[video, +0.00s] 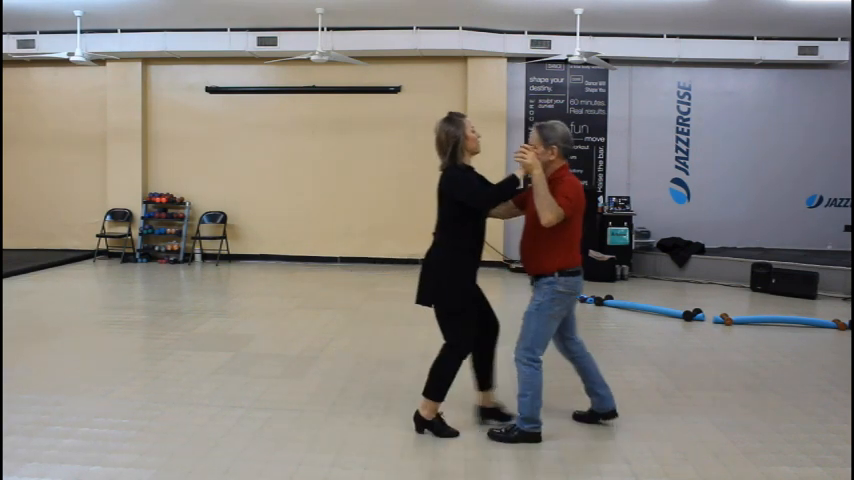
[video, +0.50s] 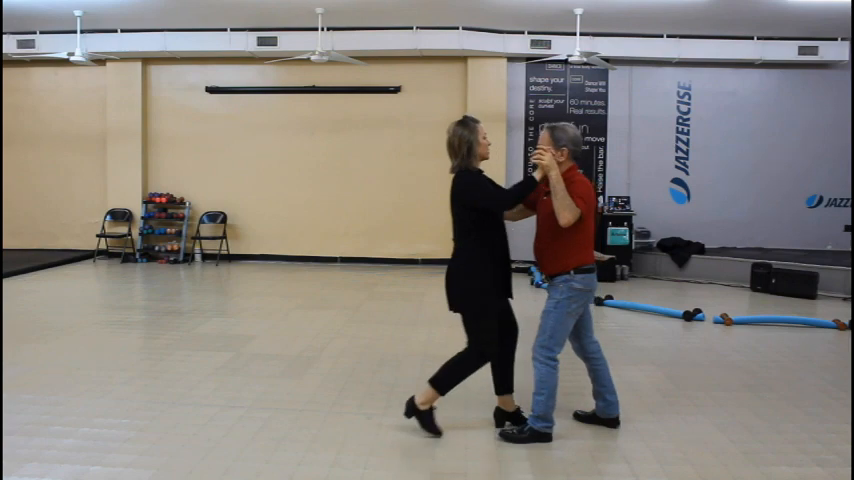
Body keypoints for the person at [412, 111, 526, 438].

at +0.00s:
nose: (478, 136)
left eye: (475, 131)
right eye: (472, 132)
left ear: (458, 139)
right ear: (459, 139)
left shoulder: (465, 174)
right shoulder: (457, 176)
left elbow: (496, 201)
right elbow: (488, 198)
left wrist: (531, 183)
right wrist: (519, 174)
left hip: (458, 276)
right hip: (447, 277)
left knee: (487, 327)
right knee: (460, 340)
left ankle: (487, 402)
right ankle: (427, 411)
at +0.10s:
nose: (486, 137)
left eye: (483, 132)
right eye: (480, 133)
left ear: (466, 141)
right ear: (468, 140)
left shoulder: (474, 175)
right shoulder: (466, 178)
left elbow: (504, 203)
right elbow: (499, 203)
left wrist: (537, 184)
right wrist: (532, 179)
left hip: (468, 275)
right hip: (457, 278)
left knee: (498, 330)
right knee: (471, 342)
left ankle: (506, 404)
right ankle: (429, 409)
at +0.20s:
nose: (492, 140)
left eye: (489, 135)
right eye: (487, 136)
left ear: (471, 143)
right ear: (474, 143)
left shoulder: (479, 178)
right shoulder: (475, 181)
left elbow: (513, 208)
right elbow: (511, 206)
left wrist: (544, 189)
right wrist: (540, 179)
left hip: (480, 277)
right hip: (470, 279)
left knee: (509, 333)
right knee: (486, 345)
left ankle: (506, 408)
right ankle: (433, 408)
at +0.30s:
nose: (496, 142)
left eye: (493, 137)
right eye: (490, 138)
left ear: (474, 144)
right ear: (477, 144)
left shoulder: (484, 179)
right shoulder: (477, 181)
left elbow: (516, 208)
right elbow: (513, 207)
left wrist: (547, 188)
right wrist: (545, 180)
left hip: (488, 278)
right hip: (477, 281)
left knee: (513, 333)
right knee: (493, 347)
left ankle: (507, 408)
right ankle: (435, 403)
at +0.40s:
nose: (494, 141)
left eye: (492, 136)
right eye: (489, 137)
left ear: (471, 144)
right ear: (476, 144)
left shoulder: (480, 179)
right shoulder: (475, 181)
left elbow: (513, 208)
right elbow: (513, 203)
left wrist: (544, 186)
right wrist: (544, 176)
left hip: (491, 277)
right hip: (478, 281)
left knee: (513, 333)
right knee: (493, 346)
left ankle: (507, 407)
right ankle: (431, 400)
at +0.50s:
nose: (489, 141)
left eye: (486, 136)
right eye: (484, 137)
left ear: (467, 143)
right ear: (470, 143)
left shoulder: (473, 178)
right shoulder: (468, 180)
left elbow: (505, 206)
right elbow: (504, 201)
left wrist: (540, 185)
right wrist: (537, 175)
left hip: (485, 278)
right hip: (473, 281)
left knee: (507, 333)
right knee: (483, 347)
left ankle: (506, 407)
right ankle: (421, 402)